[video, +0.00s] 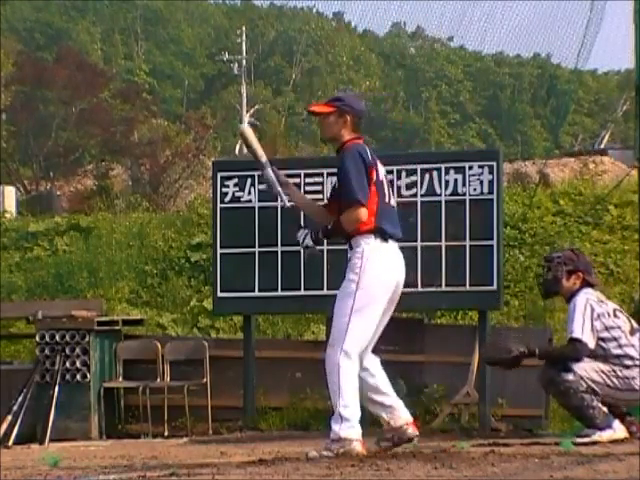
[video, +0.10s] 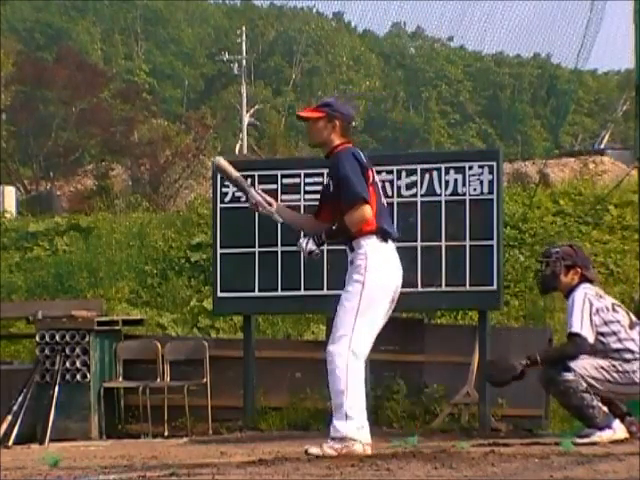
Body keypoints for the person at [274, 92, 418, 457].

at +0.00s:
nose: (320, 122)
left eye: (325, 116)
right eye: (320, 117)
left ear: (345, 120)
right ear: (346, 121)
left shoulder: (351, 153)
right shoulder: (362, 155)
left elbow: (360, 217)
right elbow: (328, 215)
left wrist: (328, 229)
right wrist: (289, 190)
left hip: (370, 257)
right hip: (390, 257)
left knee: (340, 350)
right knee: (358, 350)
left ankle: (346, 437)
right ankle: (400, 423)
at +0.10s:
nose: (308, 127)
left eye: (314, 122)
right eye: (309, 122)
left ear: (334, 125)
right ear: (331, 127)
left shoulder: (344, 159)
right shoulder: (338, 163)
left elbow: (363, 215)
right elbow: (319, 224)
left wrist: (328, 235)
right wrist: (276, 208)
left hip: (372, 259)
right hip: (379, 260)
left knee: (342, 348)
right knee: (352, 349)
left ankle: (347, 437)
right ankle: (355, 436)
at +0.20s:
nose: (298, 139)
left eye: (304, 133)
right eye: (298, 134)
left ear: (324, 136)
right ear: (320, 138)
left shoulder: (339, 169)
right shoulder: (327, 176)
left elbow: (362, 221)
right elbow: (311, 234)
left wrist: (319, 241)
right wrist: (270, 222)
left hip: (373, 267)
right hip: (365, 268)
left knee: (337, 350)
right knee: (337, 352)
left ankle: (351, 436)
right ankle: (351, 436)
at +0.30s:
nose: (289, 152)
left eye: (294, 146)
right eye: (289, 146)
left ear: (314, 149)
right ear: (309, 150)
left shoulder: (328, 179)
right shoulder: (321, 185)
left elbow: (353, 229)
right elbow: (309, 246)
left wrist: (312, 247)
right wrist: (266, 233)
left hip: (374, 275)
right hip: (365, 277)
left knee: (333, 353)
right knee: (324, 357)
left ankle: (352, 438)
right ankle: (349, 437)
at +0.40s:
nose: (280, 165)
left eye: (285, 159)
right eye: (280, 159)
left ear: (305, 161)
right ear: (303, 162)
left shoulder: (319, 190)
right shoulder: (314, 196)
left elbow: (339, 237)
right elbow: (314, 261)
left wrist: (304, 254)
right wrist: (290, 262)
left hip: (374, 284)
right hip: (366, 285)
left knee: (330, 356)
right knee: (322, 360)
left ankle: (351, 438)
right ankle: (351, 437)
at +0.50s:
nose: (274, 176)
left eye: (279, 170)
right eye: (274, 171)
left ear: (298, 172)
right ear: (299, 174)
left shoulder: (313, 199)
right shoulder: (313, 204)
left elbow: (323, 249)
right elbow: (300, 278)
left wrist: (282, 265)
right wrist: (265, 267)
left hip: (374, 288)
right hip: (369, 290)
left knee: (325, 358)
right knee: (322, 361)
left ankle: (351, 438)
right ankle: (351, 436)